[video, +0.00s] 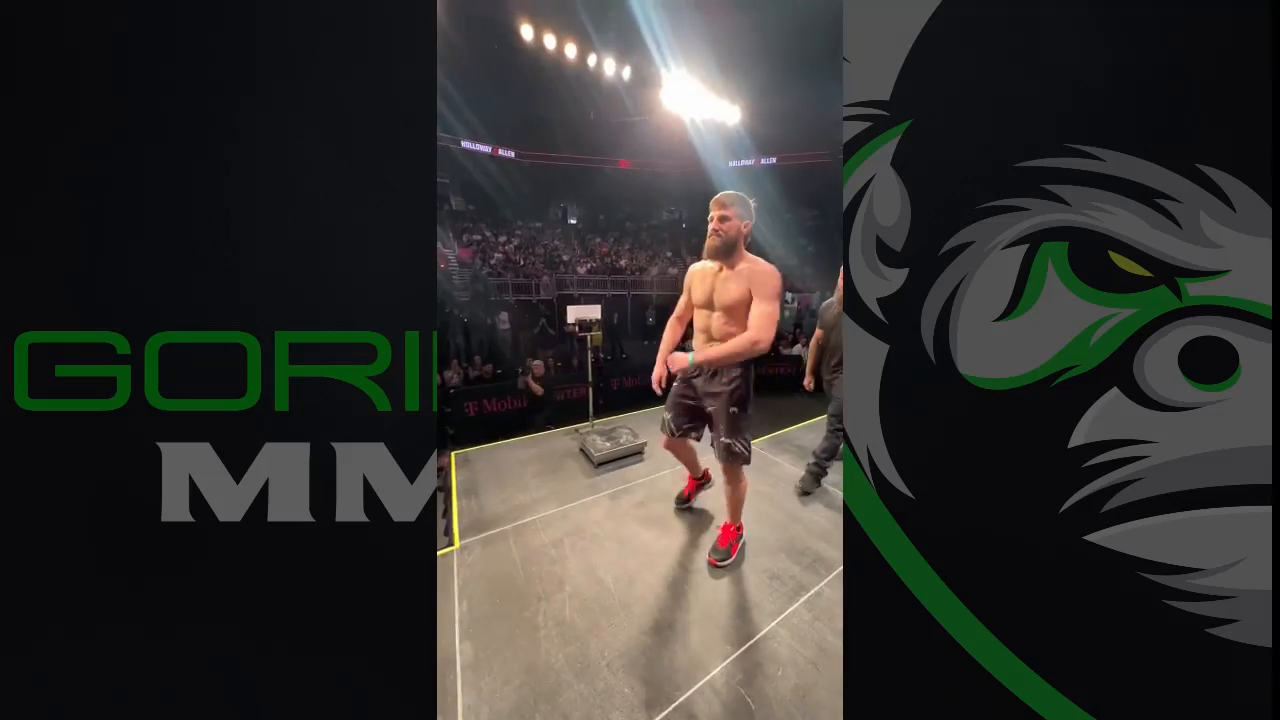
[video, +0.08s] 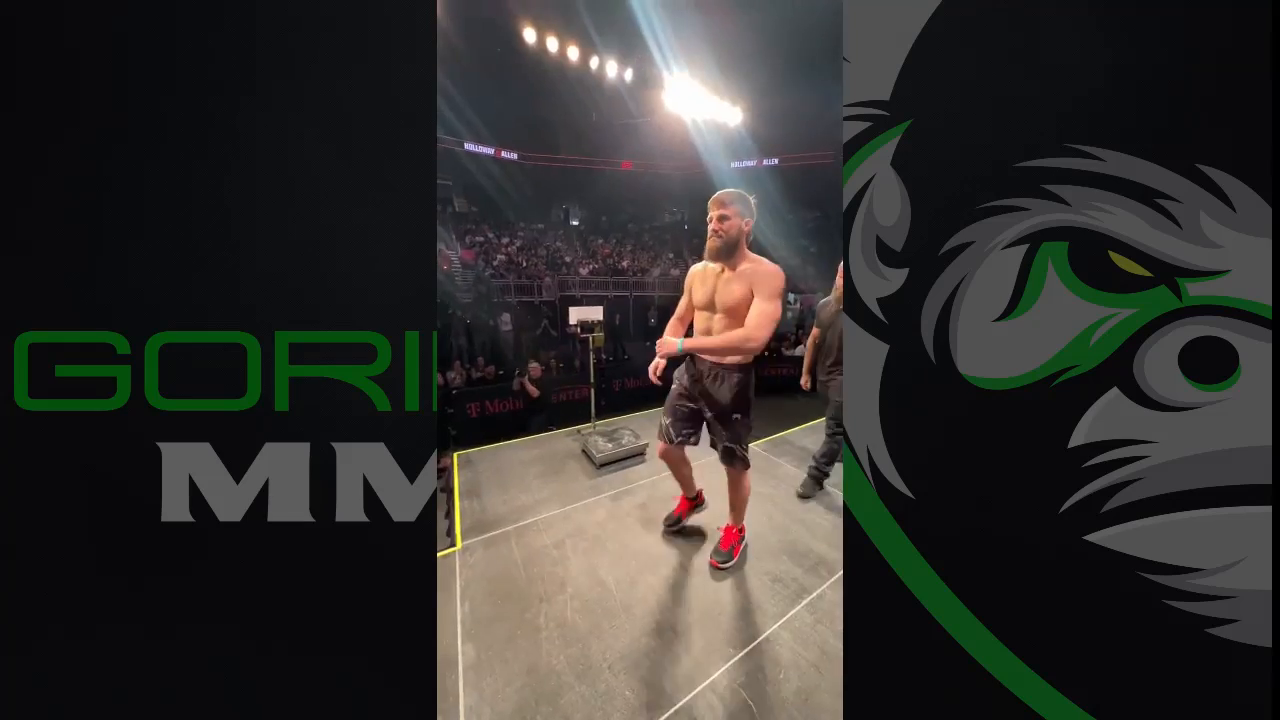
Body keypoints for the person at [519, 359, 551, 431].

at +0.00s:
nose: (536, 371)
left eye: (538, 368)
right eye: (534, 369)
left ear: (543, 369)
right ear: (532, 370)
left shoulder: (547, 379)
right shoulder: (532, 380)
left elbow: (540, 392)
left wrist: (529, 380)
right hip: (533, 409)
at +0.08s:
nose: (532, 372)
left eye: (534, 369)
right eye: (530, 370)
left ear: (540, 369)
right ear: (528, 371)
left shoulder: (545, 381)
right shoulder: (528, 381)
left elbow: (535, 394)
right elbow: (516, 388)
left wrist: (525, 381)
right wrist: (517, 378)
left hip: (542, 413)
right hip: (529, 412)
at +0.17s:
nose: (530, 376)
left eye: (532, 373)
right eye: (528, 374)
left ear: (538, 373)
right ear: (526, 374)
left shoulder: (541, 384)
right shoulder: (525, 383)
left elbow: (533, 397)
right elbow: (512, 390)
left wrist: (523, 384)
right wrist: (515, 380)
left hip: (538, 412)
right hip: (525, 412)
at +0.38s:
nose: (526, 380)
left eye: (528, 377)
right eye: (525, 378)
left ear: (534, 378)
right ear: (523, 379)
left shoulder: (537, 389)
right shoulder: (523, 388)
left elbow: (528, 402)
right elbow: (508, 394)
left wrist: (519, 389)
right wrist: (512, 383)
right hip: (523, 416)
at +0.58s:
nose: (542, 383)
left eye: (544, 381)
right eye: (541, 381)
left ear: (550, 382)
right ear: (539, 383)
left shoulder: (552, 393)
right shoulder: (538, 392)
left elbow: (545, 405)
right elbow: (523, 397)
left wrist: (535, 392)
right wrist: (527, 386)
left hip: (552, 420)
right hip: (539, 420)